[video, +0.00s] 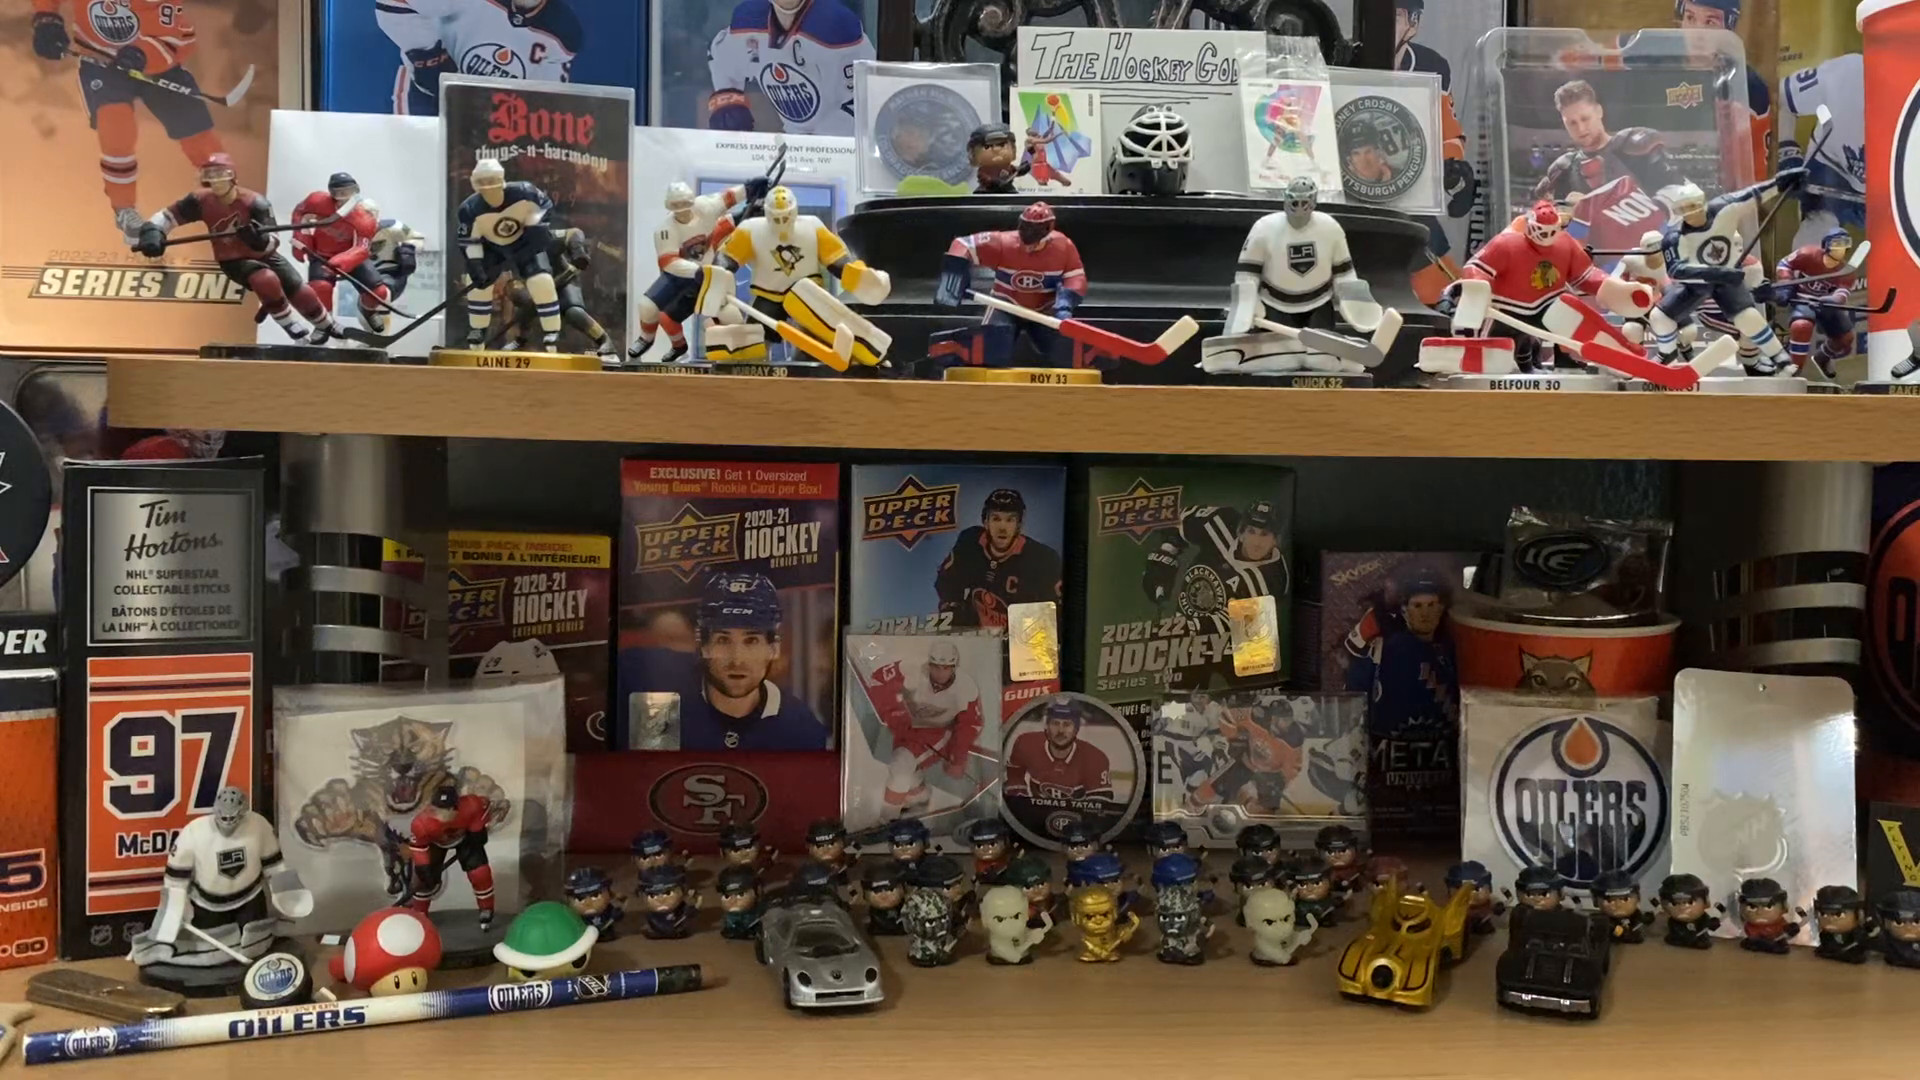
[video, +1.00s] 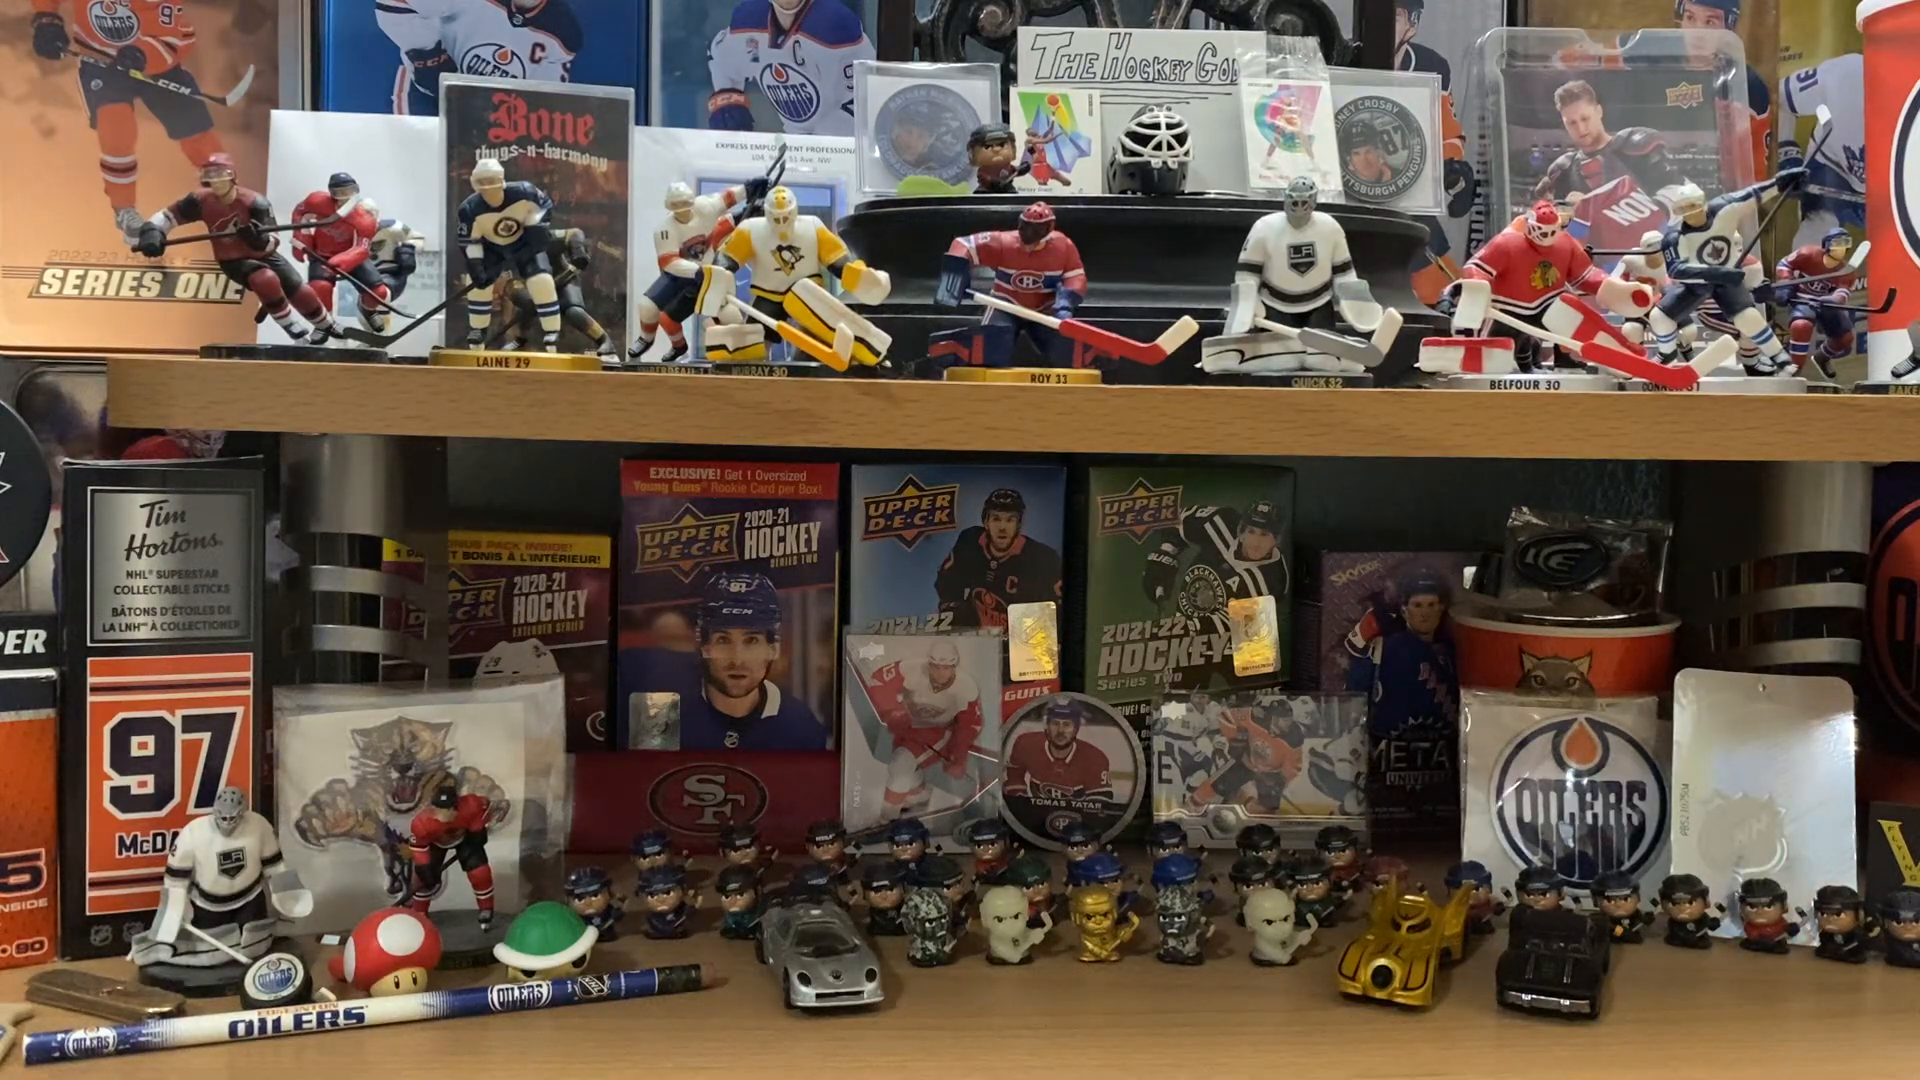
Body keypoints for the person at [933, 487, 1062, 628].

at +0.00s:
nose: (1003, 527)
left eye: (1009, 520)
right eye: (996, 519)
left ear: (1019, 524)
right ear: (985, 522)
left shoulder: (1042, 559)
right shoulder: (969, 541)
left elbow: (1051, 605)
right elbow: (946, 577)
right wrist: (950, 606)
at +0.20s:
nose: (1002, 527)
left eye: (1009, 520)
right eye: (996, 520)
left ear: (1018, 524)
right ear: (986, 522)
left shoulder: (1043, 559)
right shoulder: (969, 541)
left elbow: (1051, 604)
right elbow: (946, 577)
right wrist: (950, 607)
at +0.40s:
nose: (1002, 527)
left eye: (1009, 520)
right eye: (996, 519)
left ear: (1019, 524)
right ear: (985, 522)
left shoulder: (1042, 559)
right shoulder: (969, 541)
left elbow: (1051, 605)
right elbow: (946, 577)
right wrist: (950, 607)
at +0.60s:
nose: (1002, 527)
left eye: (1009, 520)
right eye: (996, 520)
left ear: (1019, 524)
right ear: (986, 522)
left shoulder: (1042, 558)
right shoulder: (969, 541)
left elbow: (1051, 604)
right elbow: (946, 576)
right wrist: (950, 606)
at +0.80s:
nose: (1002, 527)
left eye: (1009, 520)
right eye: (996, 519)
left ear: (1019, 524)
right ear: (986, 522)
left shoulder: (1043, 559)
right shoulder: (969, 541)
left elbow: (1050, 604)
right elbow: (946, 576)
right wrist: (950, 606)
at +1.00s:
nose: (1003, 527)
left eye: (1009, 520)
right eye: (996, 519)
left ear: (1019, 524)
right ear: (986, 522)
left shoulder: (1043, 559)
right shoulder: (969, 541)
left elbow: (1051, 604)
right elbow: (945, 578)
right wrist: (951, 607)